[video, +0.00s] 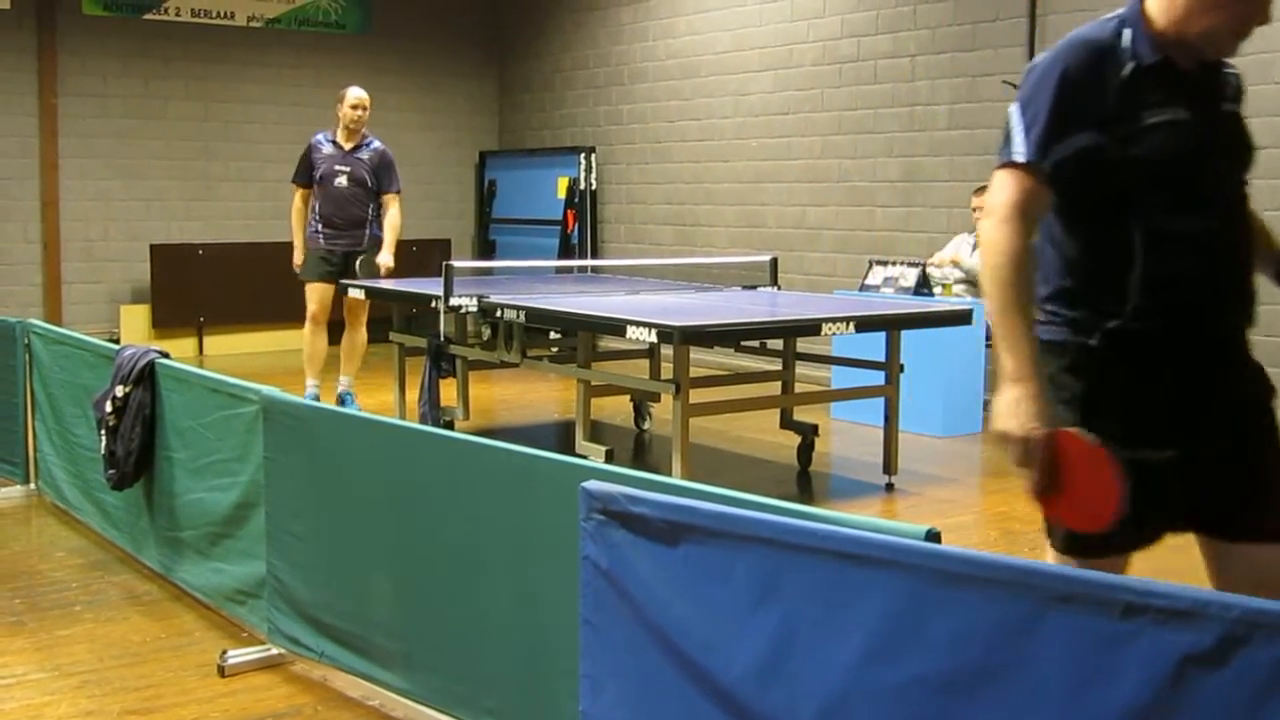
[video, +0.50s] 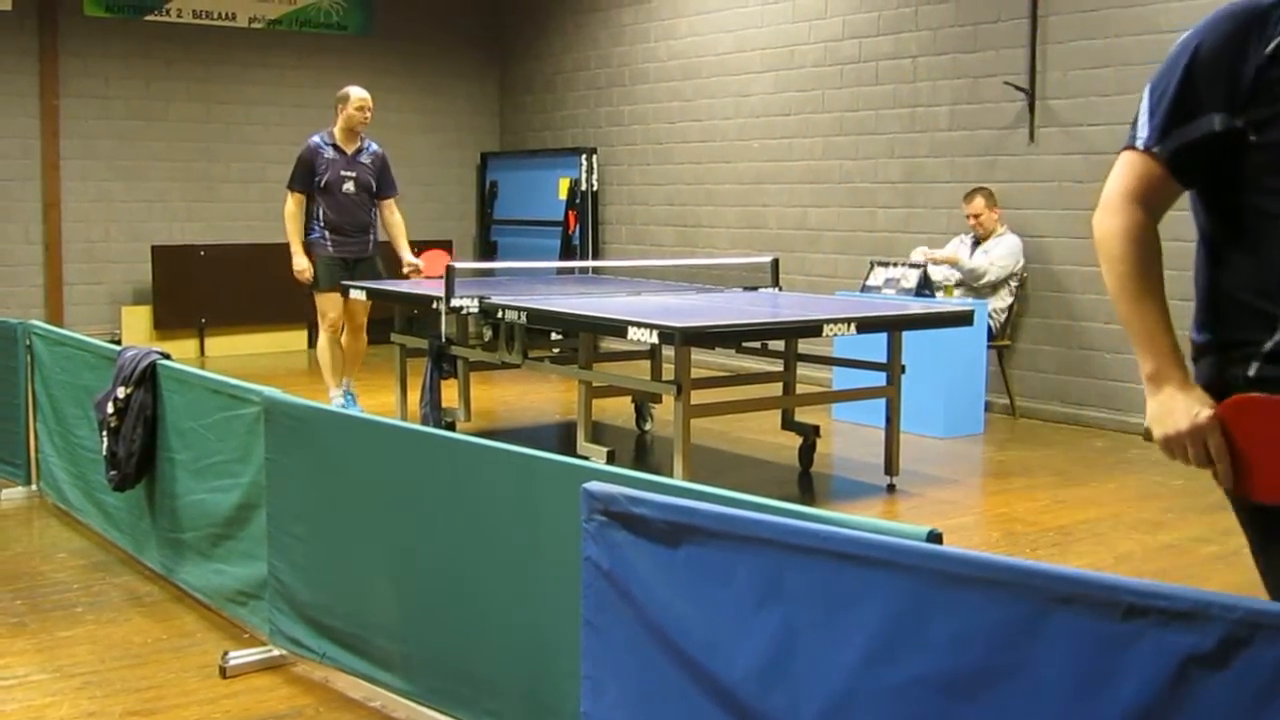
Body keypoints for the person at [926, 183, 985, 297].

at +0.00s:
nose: (976, 216)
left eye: (981, 210)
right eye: (974, 211)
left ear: (993, 210)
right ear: (971, 212)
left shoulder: (999, 242)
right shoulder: (962, 240)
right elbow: (931, 270)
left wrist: (957, 261)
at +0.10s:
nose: (978, 216)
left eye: (985, 210)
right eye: (975, 211)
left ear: (1002, 213)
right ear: (971, 213)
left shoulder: (1012, 242)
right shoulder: (963, 240)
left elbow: (991, 278)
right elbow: (931, 272)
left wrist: (957, 260)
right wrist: (974, 273)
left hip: (980, 318)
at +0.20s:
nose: (978, 216)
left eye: (985, 210)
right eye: (975, 211)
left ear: (1002, 213)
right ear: (971, 212)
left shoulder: (1013, 245)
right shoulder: (963, 240)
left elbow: (992, 277)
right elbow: (931, 272)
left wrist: (957, 260)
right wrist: (972, 273)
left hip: (980, 319)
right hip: (943, 313)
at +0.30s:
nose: (978, 217)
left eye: (985, 211)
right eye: (975, 211)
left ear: (1002, 213)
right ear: (971, 213)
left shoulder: (1013, 245)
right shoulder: (963, 240)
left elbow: (992, 277)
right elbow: (931, 272)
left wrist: (957, 260)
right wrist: (971, 273)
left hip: (980, 319)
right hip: (943, 312)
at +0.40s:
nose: (977, 219)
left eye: (983, 212)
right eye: (973, 213)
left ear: (1001, 213)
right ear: (970, 214)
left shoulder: (1013, 245)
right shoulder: (964, 241)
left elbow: (991, 275)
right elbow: (930, 273)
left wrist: (955, 260)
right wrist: (967, 273)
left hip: (981, 319)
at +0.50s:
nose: (972, 223)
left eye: (977, 216)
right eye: (968, 218)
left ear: (995, 214)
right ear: (965, 217)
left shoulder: (1011, 243)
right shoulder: (962, 241)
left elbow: (987, 277)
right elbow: (936, 274)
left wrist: (955, 262)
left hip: (983, 321)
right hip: (948, 315)